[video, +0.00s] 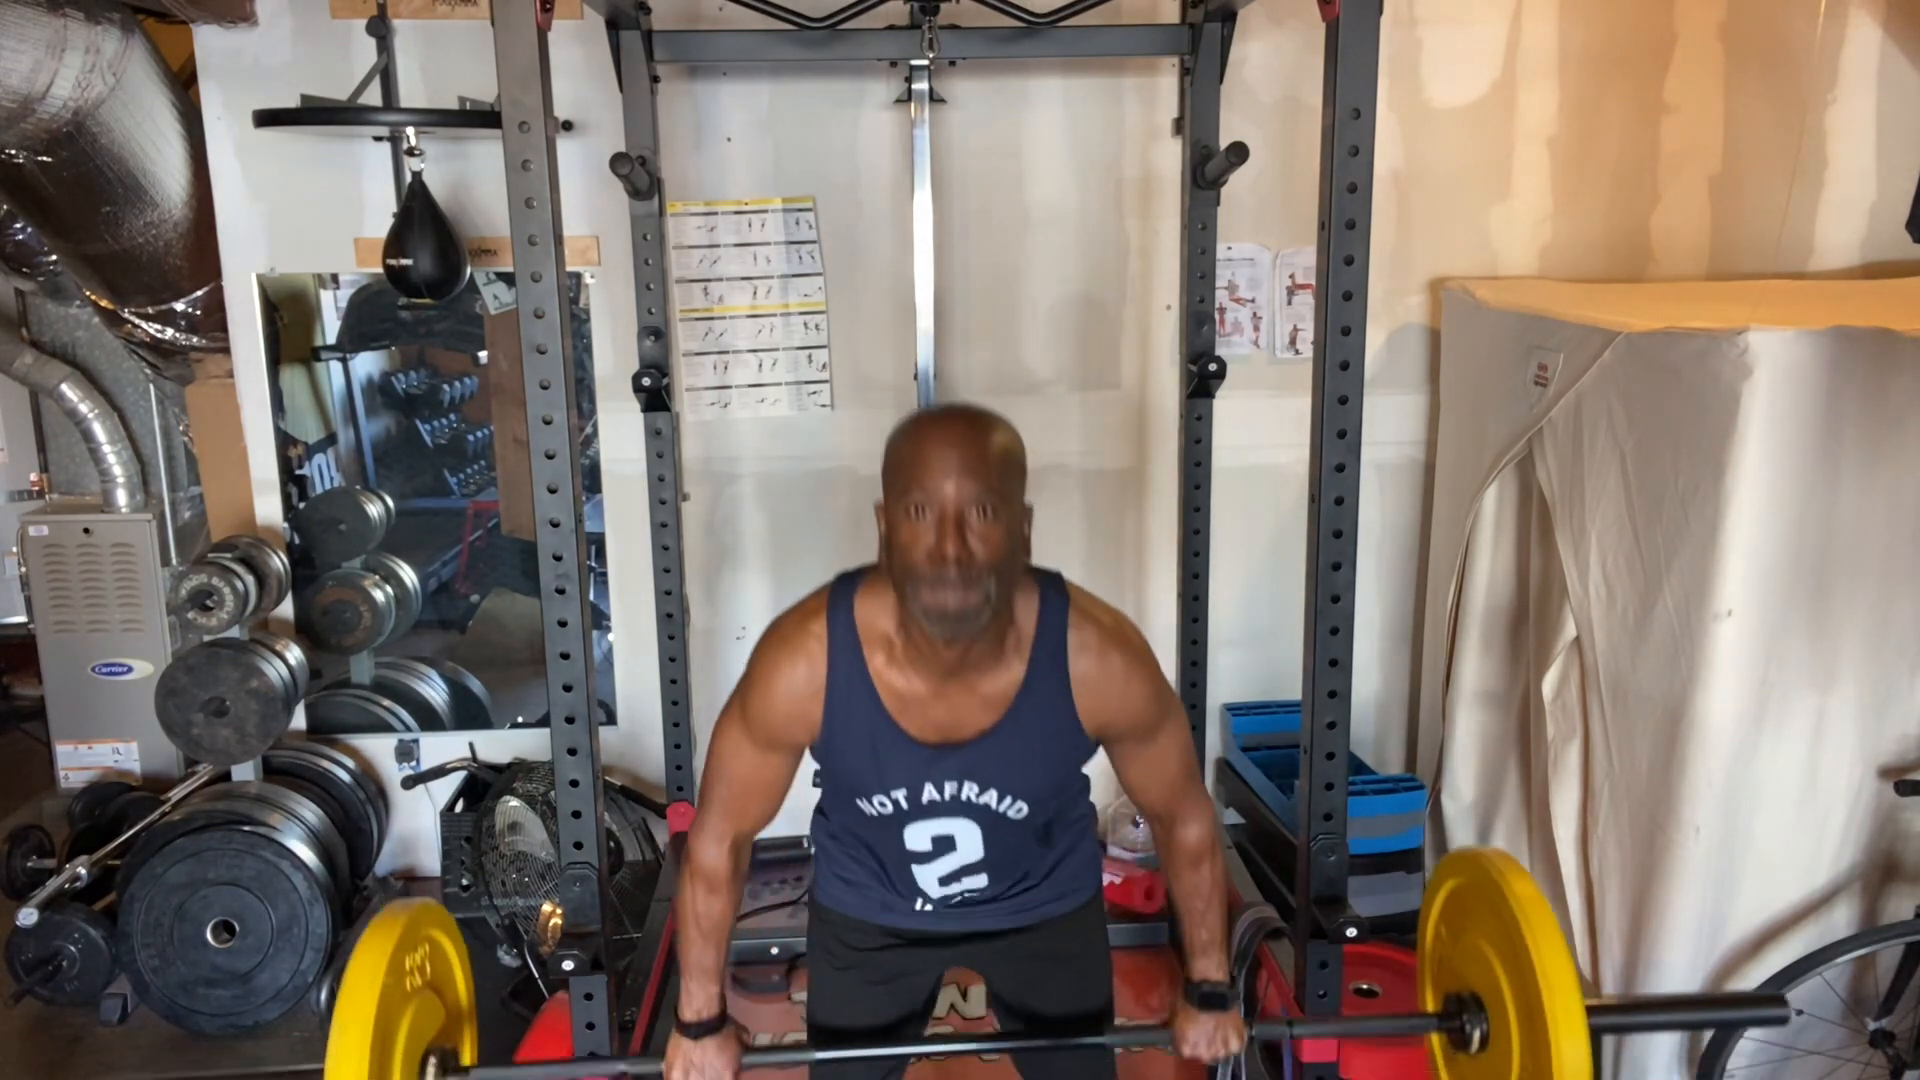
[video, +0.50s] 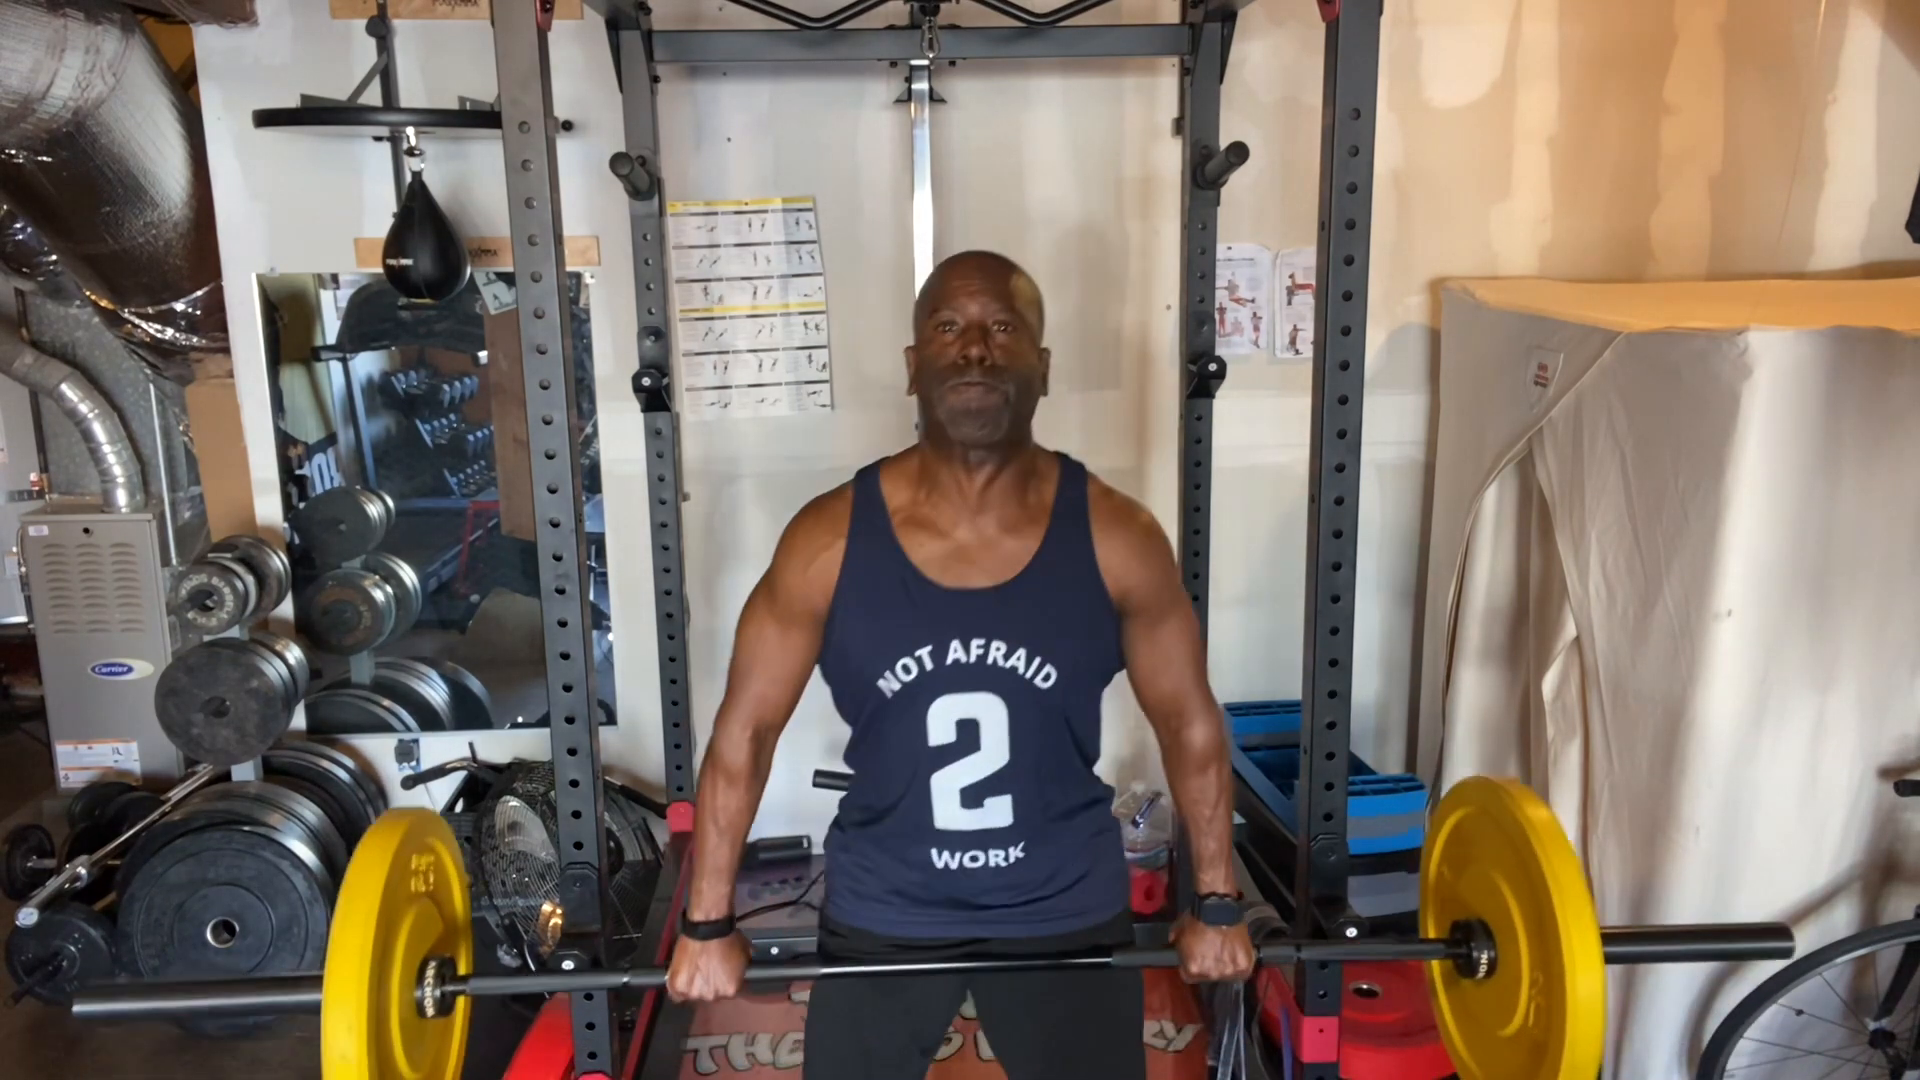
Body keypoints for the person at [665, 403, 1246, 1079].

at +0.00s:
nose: (949, 545)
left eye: (980, 514)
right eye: (920, 513)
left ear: (1025, 528)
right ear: (883, 524)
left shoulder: (1099, 657)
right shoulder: (804, 658)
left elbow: (1184, 816)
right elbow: (716, 842)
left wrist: (1212, 986)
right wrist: (701, 1018)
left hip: (1044, 914)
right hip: (871, 918)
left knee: (1075, 1067)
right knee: (848, 1073)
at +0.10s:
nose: (933, 470)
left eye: (964, 443)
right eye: (906, 443)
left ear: (1007, 470)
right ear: (869, 469)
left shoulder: (1085, 614)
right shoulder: (793, 617)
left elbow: (1175, 780)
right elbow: (708, 802)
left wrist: (1204, 951)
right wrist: (692, 986)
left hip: (1037, 906)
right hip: (865, 912)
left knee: (1076, 1067)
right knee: (843, 1070)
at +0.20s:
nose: (924, 414)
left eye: (953, 389)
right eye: (896, 390)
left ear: (997, 419)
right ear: (858, 422)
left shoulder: (1073, 575)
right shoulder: (780, 585)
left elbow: (1164, 745)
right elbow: (704, 770)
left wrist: (1198, 917)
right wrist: (683, 956)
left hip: (1034, 911)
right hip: (860, 919)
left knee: (1089, 1067)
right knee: (837, 1069)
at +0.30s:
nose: (929, 381)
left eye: (957, 361)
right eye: (901, 362)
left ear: (999, 396)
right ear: (863, 400)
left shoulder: (1078, 556)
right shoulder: (785, 568)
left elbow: (1166, 731)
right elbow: (708, 754)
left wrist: (1196, 902)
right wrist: (682, 940)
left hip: (1039, 918)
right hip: (859, 924)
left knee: (1078, 1063)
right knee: (837, 1065)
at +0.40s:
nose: (951, 361)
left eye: (977, 344)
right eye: (922, 345)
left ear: (1019, 383)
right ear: (886, 387)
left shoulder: (1095, 549)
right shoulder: (806, 556)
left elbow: (1174, 730)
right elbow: (723, 748)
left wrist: (1203, 901)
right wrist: (692, 934)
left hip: (1050, 925)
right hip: (869, 929)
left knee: (1083, 1063)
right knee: (850, 1062)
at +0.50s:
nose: (974, 344)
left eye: (1001, 326)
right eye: (947, 327)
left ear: (1043, 365)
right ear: (912, 368)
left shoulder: (1117, 536)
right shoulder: (830, 537)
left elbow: (1188, 721)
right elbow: (743, 732)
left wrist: (1218, 897)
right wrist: (707, 918)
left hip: (1064, 915)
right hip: (884, 918)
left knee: (1095, 1064)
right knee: (848, 1065)